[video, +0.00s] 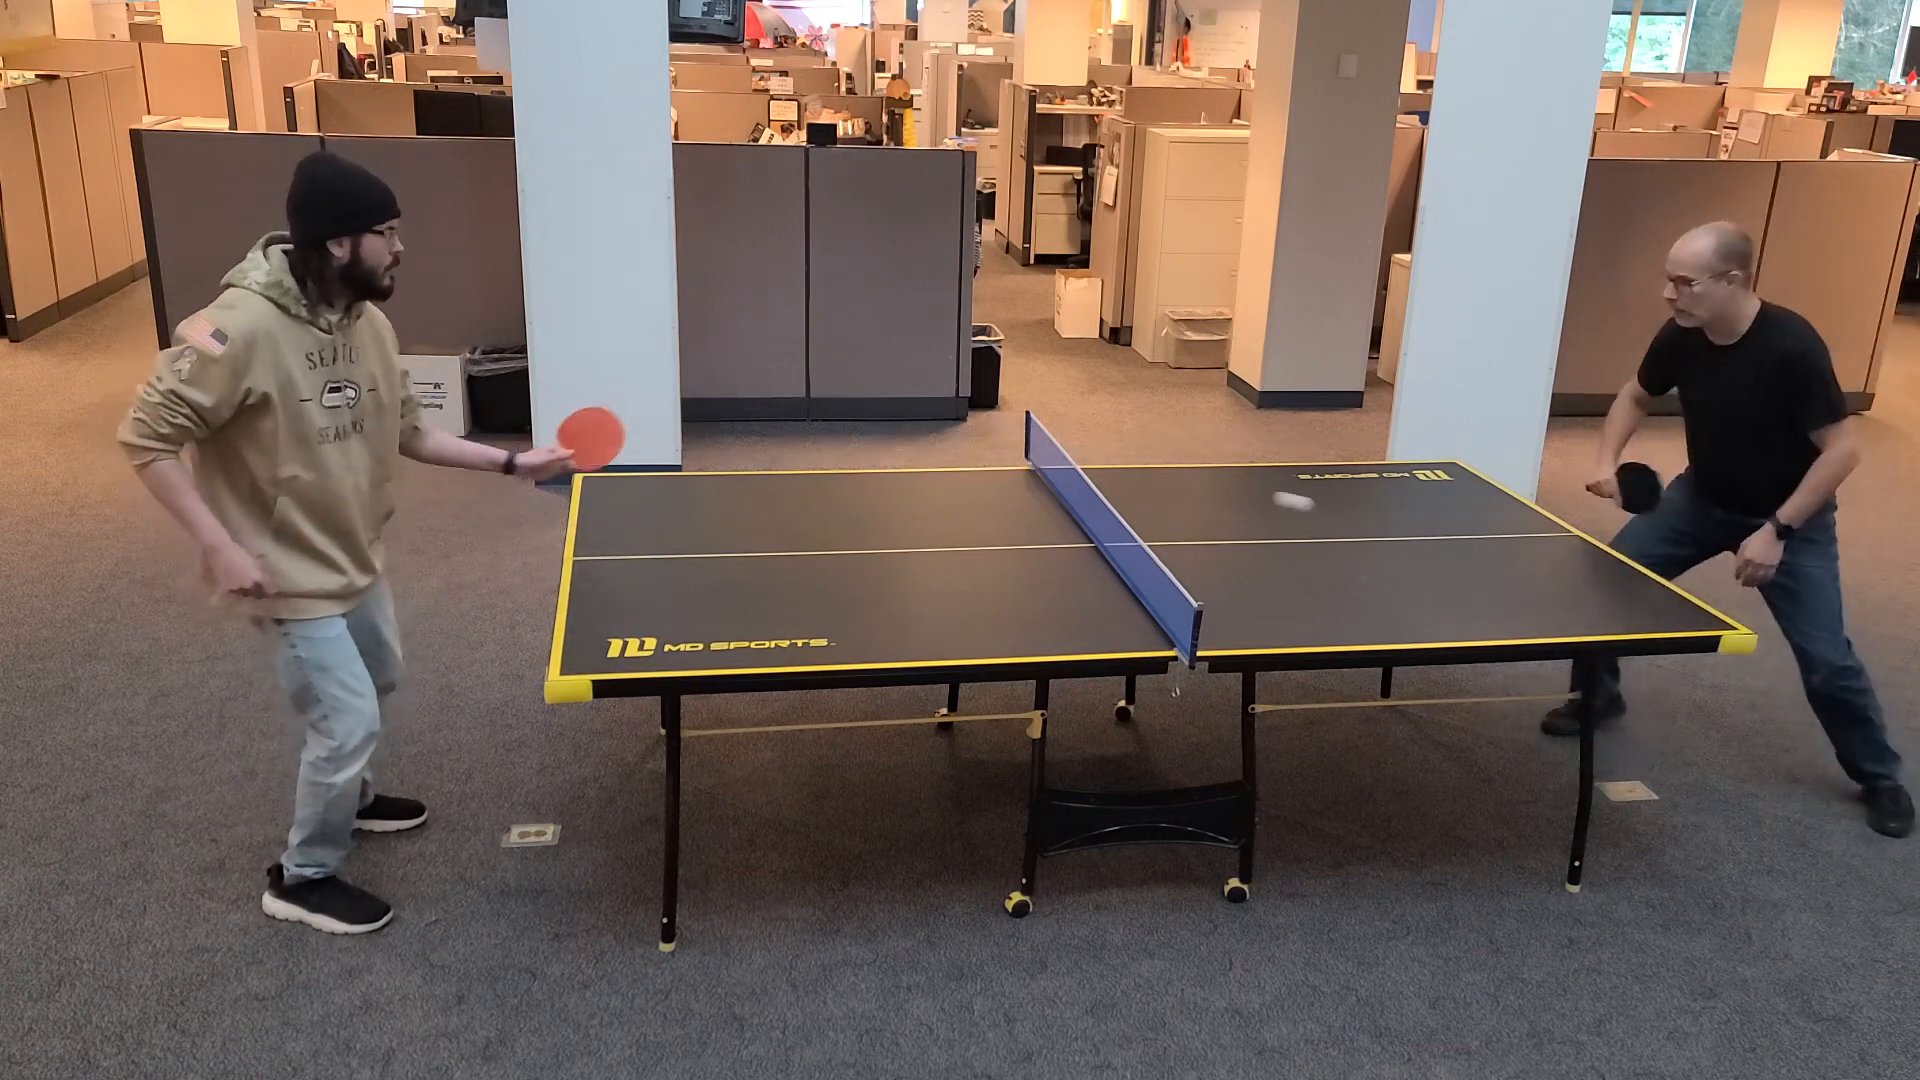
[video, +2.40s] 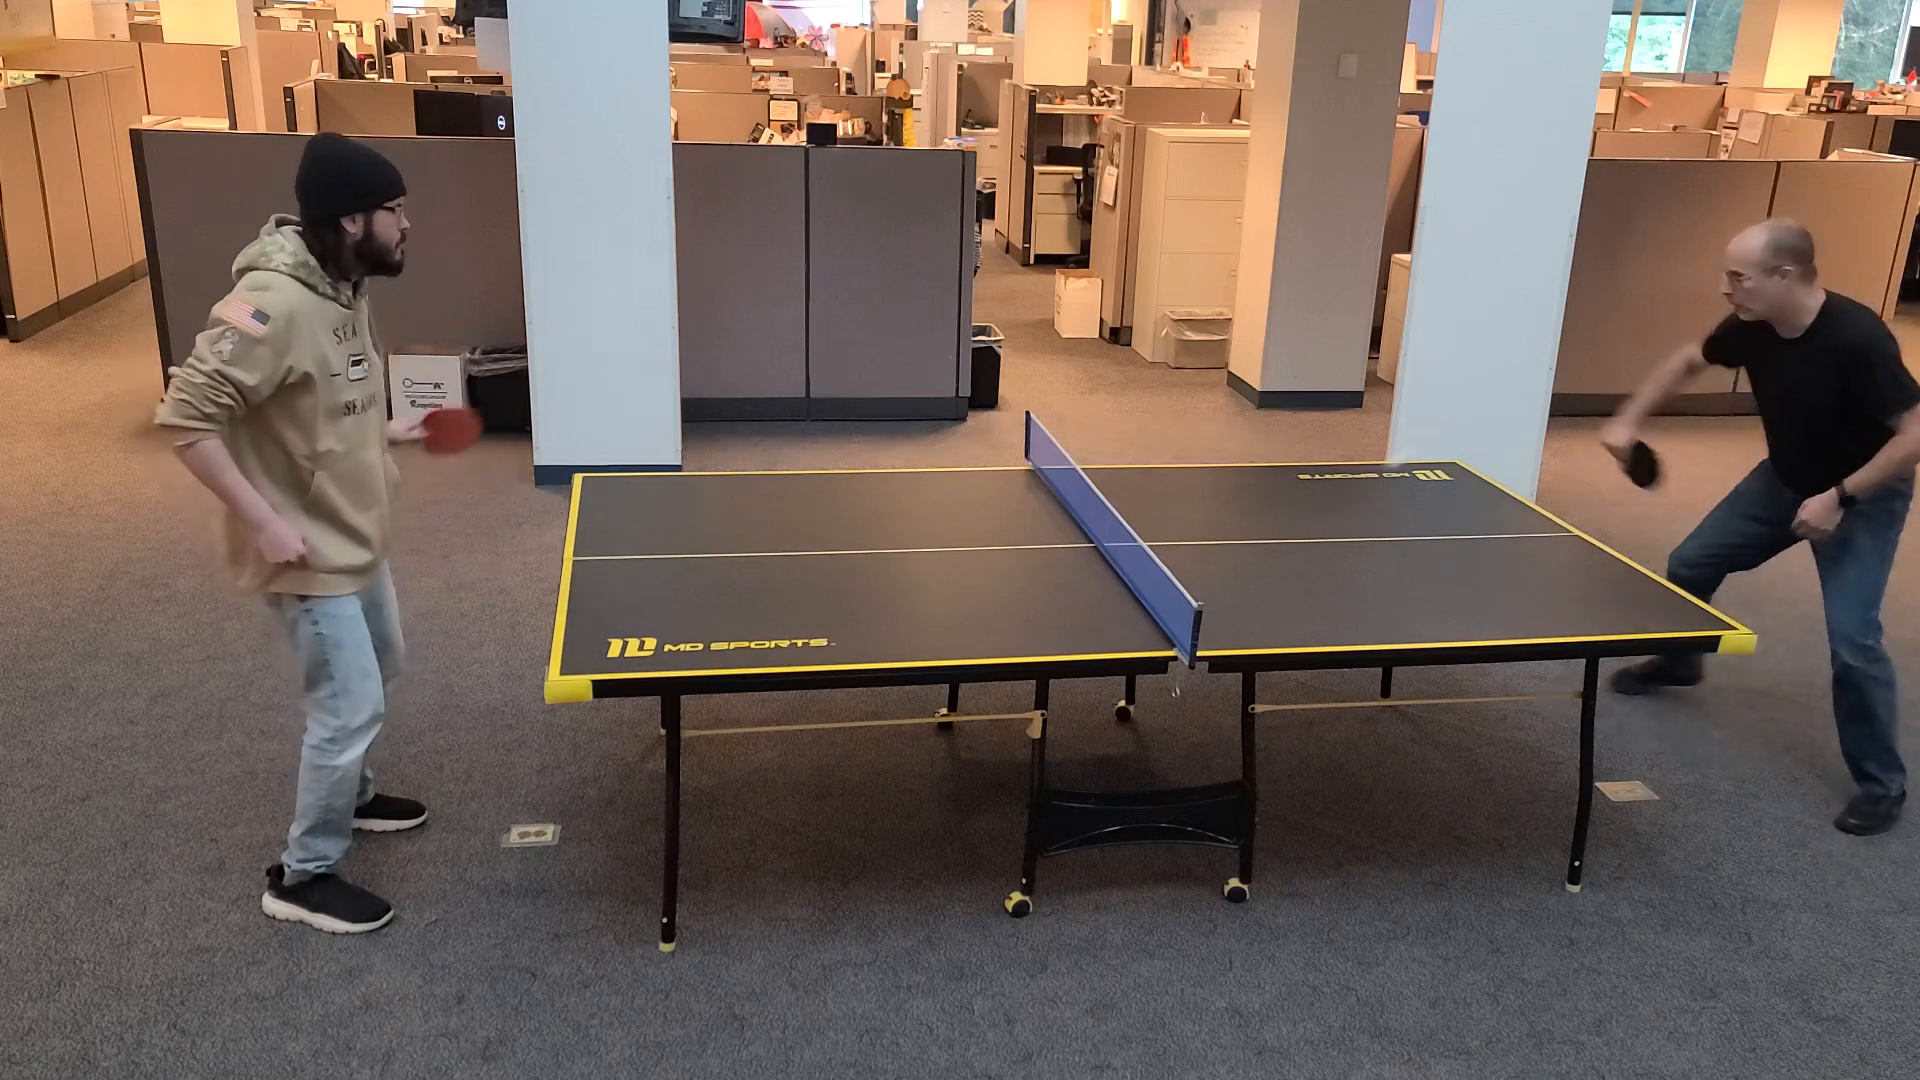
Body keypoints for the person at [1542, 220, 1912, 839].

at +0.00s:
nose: (1669, 293)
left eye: (1684, 283)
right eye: (1669, 280)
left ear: (1735, 282)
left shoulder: (1794, 346)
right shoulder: (1678, 338)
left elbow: (1843, 451)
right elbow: (1634, 400)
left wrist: (1775, 530)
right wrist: (1606, 461)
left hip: (1793, 519)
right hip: (1704, 499)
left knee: (1827, 662)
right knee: (1606, 576)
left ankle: (1879, 776)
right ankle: (1596, 693)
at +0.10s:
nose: (1643, 294)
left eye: (1656, 283)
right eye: (1641, 281)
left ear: (1704, 277)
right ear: (1645, 276)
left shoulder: (1766, 338)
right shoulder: (1653, 334)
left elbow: (1829, 435)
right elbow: (1600, 391)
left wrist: (1778, 519)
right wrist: (1558, 444)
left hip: (1766, 514)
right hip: (1681, 500)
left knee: (1815, 653)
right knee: (1598, 585)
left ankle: (1875, 773)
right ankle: (1581, 688)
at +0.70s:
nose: (1695, 283)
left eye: (1709, 271)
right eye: (1693, 270)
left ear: (1759, 270)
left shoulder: (1820, 333)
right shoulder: (1722, 329)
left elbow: (1851, 449)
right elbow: (1694, 404)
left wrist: (1740, 471)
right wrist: (1661, 437)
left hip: (1833, 508)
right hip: (1756, 500)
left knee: (1837, 657)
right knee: (1656, 595)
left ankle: (1882, 790)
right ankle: (1596, 695)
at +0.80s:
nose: (1726, 282)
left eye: (1741, 270)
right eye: (1725, 268)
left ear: (1793, 270)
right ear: (1770, 272)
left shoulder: (1854, 335)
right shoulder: (1748, 330)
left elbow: (1876, 451)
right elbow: (1728, 404)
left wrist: (1762, 464)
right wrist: (1694, 446)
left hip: (1857, 509)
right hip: (1777, 497)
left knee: (1848, 655)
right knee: (1683, 592)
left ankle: (1884, 792)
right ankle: (1684, 697)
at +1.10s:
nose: (1762, 286)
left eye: (1778, 275)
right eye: (1760, 271)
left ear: (1828, 275)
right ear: (1760, 265)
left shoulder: (1891, 338)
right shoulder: (1760, 331)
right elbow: (1733, 415)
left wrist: (1852, 484)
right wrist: (1723, 486)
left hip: (1871, 504)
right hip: (1783, 491)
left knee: (1855, 645)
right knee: (1708, 591)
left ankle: (1882, 791)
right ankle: (1703, 699)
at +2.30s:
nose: (1747, 291)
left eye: (1760, 281)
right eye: (1747, 278)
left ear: (1813, 280)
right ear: (1795, 282)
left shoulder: (1883, 344)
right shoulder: (1765, 333)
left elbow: (1919, 445)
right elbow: (1725, 397)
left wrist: (1838, 491)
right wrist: (1688, 457)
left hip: (1880, 498)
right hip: (1802, 480)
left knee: (1856, 639)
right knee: (1709, 573)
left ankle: (1882, 781)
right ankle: (1724, 676)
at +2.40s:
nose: (1726, 287)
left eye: (1738, 277)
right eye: (1726, 275)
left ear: (1787, 276)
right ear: (1771, 277)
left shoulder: (1859, 336)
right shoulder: (1750, 326)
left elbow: (1911, 436)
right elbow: (1687, 362)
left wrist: (1842, 495)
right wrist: (1627, 420)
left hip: (1865, 497)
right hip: (1787, 479)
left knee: (1852, 641)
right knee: (1688, 566)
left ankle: (1882, 785)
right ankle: (1679, 661)